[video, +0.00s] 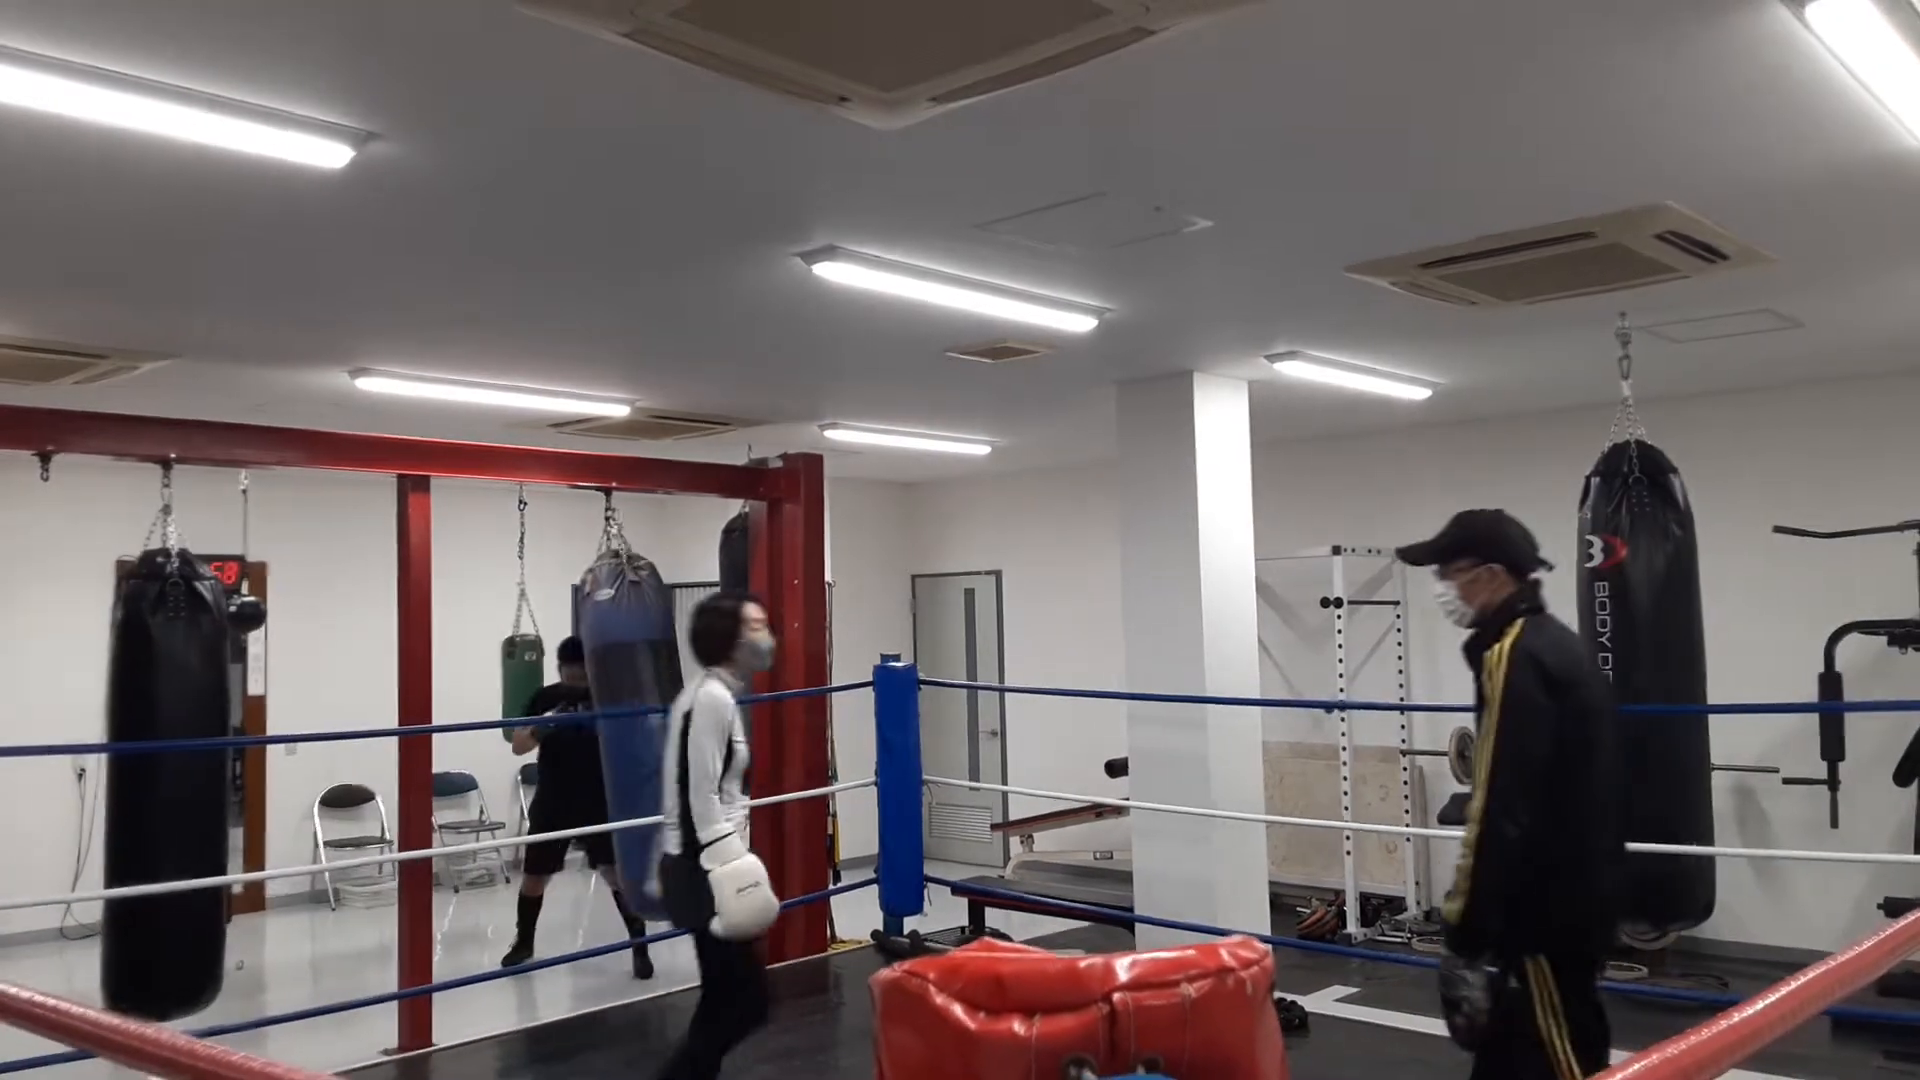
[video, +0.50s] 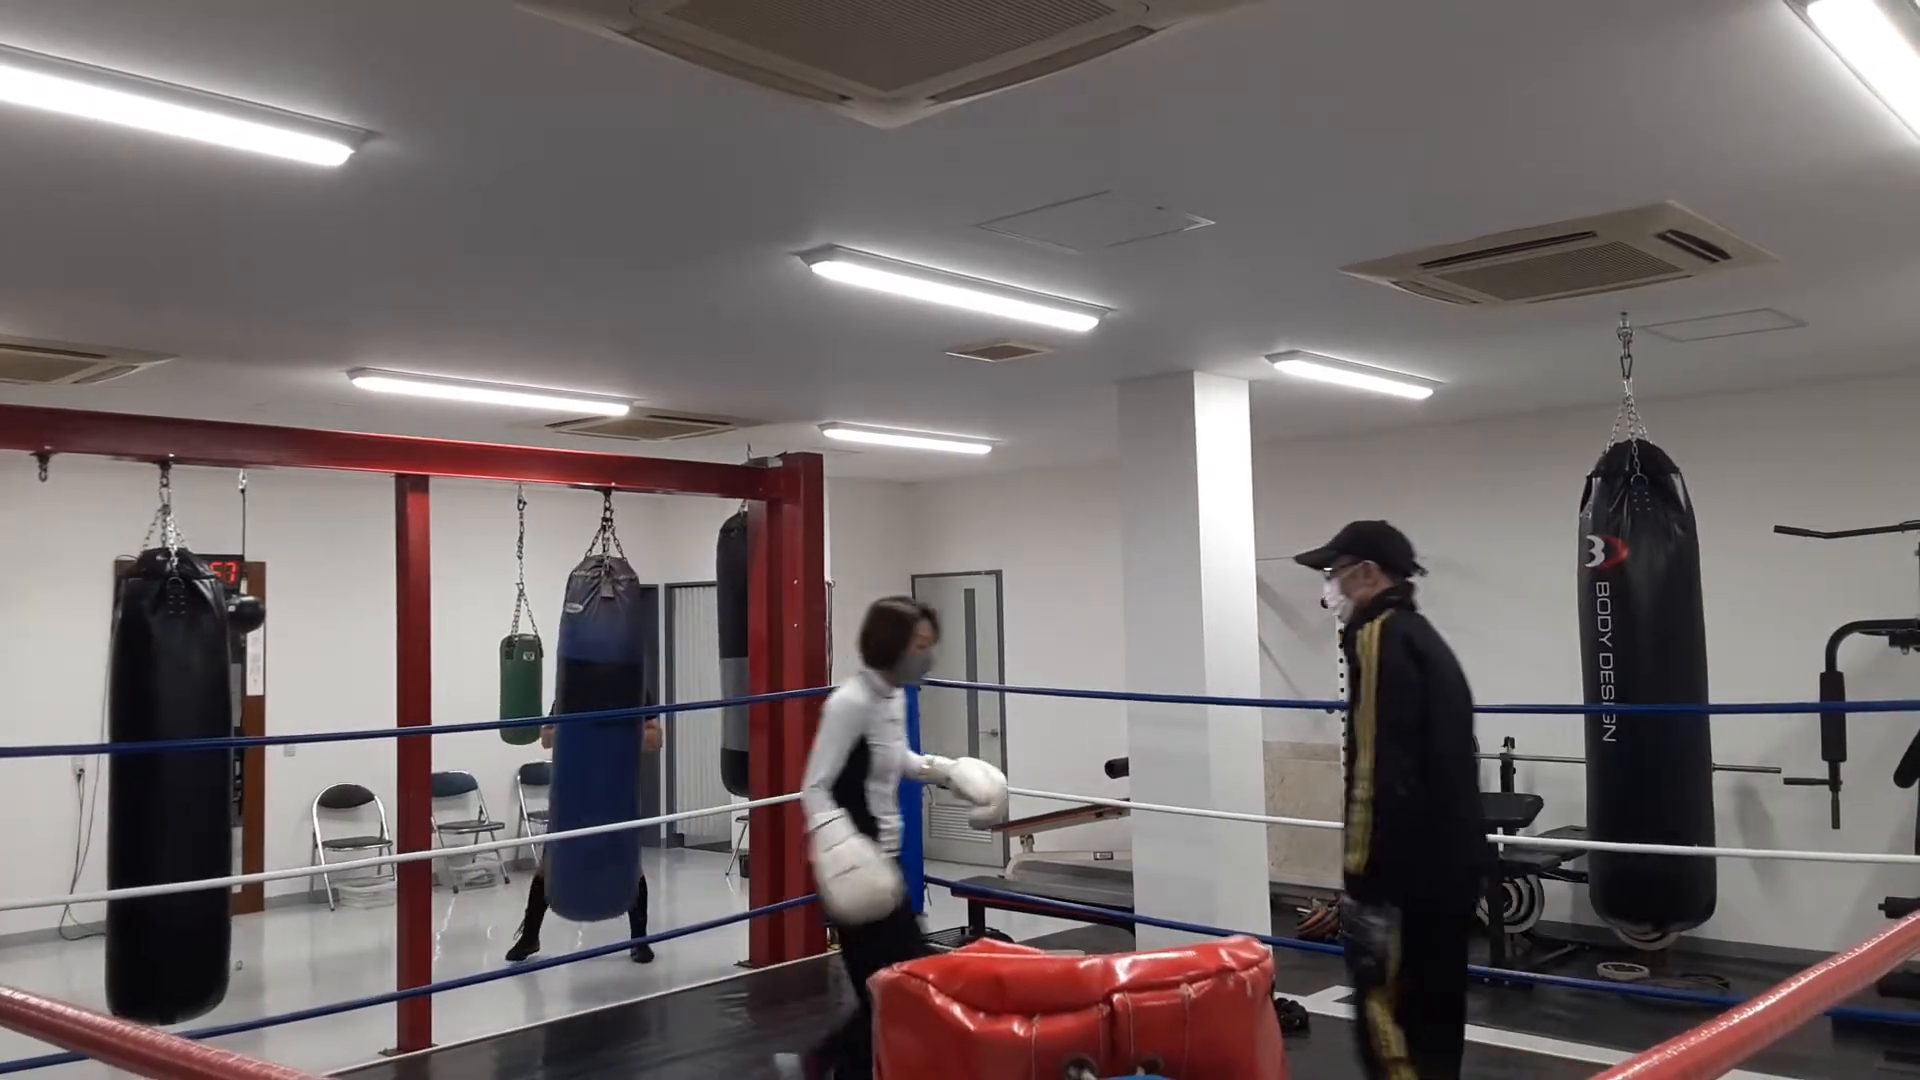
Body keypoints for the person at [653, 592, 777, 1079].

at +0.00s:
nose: (768, 637)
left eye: (766, 627)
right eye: (756, 627)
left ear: (731, 637)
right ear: (727, 636)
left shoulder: (710, 694)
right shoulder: (712, 698)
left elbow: (703, 792)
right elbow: (704, 796)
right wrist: (738, 874)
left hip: (702, 862)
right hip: (701, 864)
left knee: (728, 996)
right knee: (742, 1000)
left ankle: (688, 1071)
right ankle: (683, 1072)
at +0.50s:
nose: (929, 656)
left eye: (931, 646)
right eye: (922, 646)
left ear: (915, 646)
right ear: (894, 647)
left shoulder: (894, 695)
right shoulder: (850, 701)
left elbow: (895, 759)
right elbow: (815, 791)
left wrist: (949, 772)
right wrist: (852, 859)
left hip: (886, 859)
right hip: (857, 865)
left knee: (889, 988)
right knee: (906, 979)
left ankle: (847, 1065)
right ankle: (821, 1061)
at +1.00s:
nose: (1090, 660)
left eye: (1096, 652)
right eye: (1081, 649)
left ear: (1101, 656)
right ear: (1054, 648)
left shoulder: (1081, 709)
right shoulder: (1007, 698)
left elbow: (1094, 784)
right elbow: (981, 780)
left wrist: (1107, 755)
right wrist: (1028, 754)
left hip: (1040, 854)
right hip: (986, 853)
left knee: (1076, 960)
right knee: (959, 963)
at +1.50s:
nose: (1067, 631)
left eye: (1078, 626)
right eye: (1058, 621)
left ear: (1090, 639)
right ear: (1039, 627)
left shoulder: (1093, 690)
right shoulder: (1002, 683)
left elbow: (1115, 758)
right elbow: (973, 744)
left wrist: (1096, 807)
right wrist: (991, 784)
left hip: (1068, 839)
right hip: (1004, 835)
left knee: (1071, 956)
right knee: (984, 949)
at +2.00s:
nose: (1007, 632)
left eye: (1018, 624)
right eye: (999, 622)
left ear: (1031, 635)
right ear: (982, 629)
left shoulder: (1044, 680)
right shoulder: (956, 679)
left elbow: (1065, 742)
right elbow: (939, 736)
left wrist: (1041, 784)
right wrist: (953, 771)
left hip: (1039, 823)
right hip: (981, 822)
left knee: (1042, 935)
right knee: (979, 933)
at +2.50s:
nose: (1028, 638)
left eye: (1037, 632)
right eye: (1021, 630)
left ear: (1052, 641)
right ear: (1008, 636)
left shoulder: (1064, 687)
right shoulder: (990, 690)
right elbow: (975, 749)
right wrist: (961, 792)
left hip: (1057, 828)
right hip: (1011, 829)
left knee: (1062, 939)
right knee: (1003, 938)